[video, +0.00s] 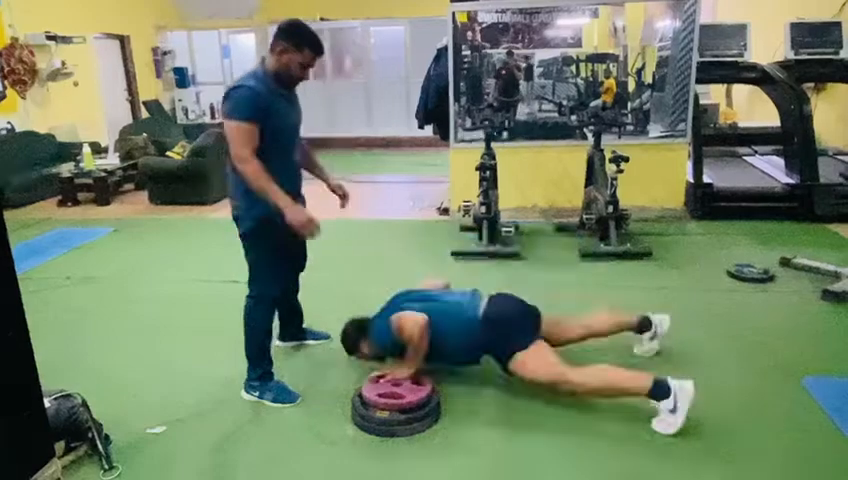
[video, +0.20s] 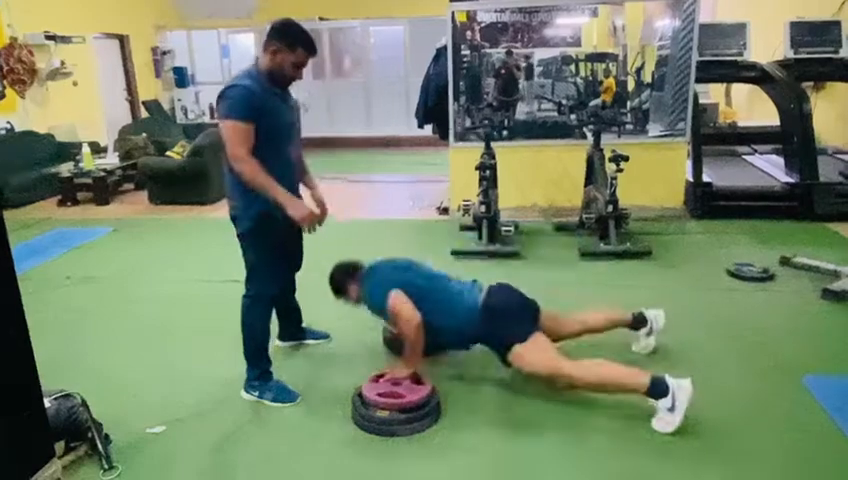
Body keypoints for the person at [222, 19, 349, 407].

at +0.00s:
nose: (308, 74)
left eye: (311, 66)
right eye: (304, 65)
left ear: (290, 57)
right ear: (279, 52)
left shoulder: (284, 92)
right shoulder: (246, 95)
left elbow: (292, 145)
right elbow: (243, 161)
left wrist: (326, 178)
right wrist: (288, 205)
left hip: (287, 204)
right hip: (257, 210)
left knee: (290, 272)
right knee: (264, 289)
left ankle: (291, 331)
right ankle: (258, 378)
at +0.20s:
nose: (300, 73)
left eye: (303, 66)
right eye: (297, 64)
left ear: (282, 55)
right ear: (273, 52)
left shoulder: (279, 93)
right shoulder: (241, 94)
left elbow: (290, 151)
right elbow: (239, 160)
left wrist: (312, 188)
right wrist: (288, 201)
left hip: (283, 203)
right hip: (255, 208)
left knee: (287, 270)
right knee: (261, 287)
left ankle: (290, 330)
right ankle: (257, 378)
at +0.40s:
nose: (296, 72)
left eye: (299, 64)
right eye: (292, 63)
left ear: (277, 55)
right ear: (268, 51)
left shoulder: (272, 91)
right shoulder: (236, 95)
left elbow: (280, 155)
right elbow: (233, 162)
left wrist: (294, 199)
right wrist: (261, 218)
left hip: (285, 208)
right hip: (256, 213)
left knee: (286, 274)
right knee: (258, 291)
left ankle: (290, 329)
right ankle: (257, 378)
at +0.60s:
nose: (295, 71)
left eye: (297, 63)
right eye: (291, 62)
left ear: (273, 55)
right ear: (266, 51)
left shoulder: (272, 90)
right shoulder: (234, 95)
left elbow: (282, 153)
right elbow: (229, 163)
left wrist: (297, 194)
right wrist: (248, 221)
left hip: (285, 207)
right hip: (256, 213)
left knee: (286, 272)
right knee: (258, 291)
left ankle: (290, 328)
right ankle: (257, 377)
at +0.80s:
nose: (297, 71)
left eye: (300, 64)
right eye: (293, 63)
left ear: (278, 55)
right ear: (268, 52)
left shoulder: (276, 91)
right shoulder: (237, 94)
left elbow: (291, 147)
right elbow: (233, 161)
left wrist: (314, 185)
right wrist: (264, 217)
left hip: (284, 204)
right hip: (254, 210)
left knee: (288, 267)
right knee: (260, 288)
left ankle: (290, 328)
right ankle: (257, 377)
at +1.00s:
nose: (313, 81)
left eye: (317, 75)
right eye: (311, 73)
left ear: (294, 63)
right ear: (289, 60)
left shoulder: (289, 94)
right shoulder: (248, 96)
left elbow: (292, 144)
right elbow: (236, 161)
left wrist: (308, 185)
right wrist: (271, 213)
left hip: (284, 201)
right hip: (252, 208)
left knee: (293, 264)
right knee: (263, 288)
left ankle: (291, 327)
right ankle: (257, 377)